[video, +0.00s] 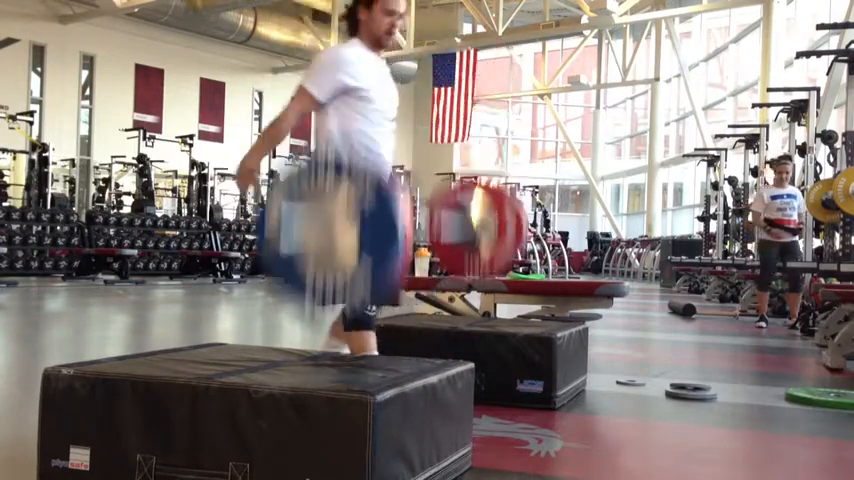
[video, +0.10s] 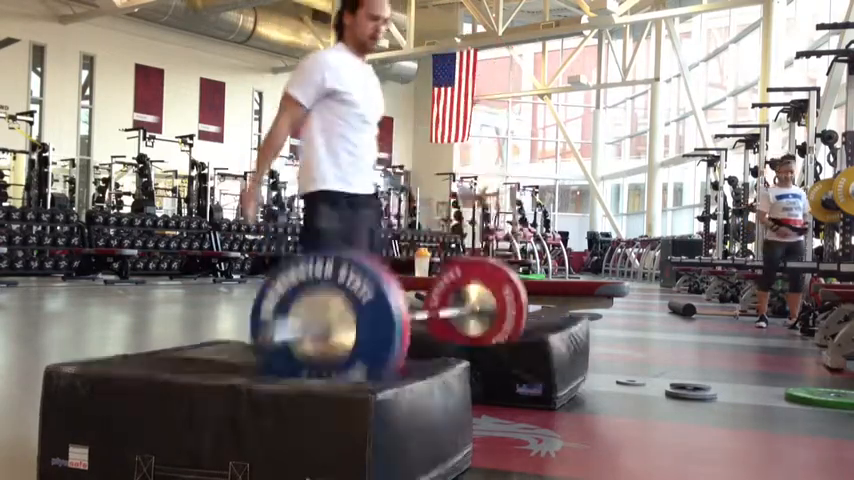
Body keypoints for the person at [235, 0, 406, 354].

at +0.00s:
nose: (398, 24)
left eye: (402, 16)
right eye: (390, 14)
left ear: (403, 20)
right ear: (363, 13)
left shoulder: (381, 70)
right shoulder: (340, 58)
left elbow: (373, 136)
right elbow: (292, 113)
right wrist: (252, 160)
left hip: (375, 189)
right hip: (343, 186)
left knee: (370, 286)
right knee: (358, 291)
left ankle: (323, 365)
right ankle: (373, 384)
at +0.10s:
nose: (380, 29)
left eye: (385, 22)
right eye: (373, 19)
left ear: (388, 25)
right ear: (348, 17)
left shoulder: (369, 75)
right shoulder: (322, 63)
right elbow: (283, 123)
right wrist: (255, 183)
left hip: (365, 198)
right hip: (328, 197)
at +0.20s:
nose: (360, 26)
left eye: (366, 20)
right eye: (353, 17)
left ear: (370, 26)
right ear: (330, 15)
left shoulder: (356, 78)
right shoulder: (304, 59)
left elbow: (360, 145)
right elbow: (283, 125)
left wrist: (376, 196)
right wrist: (280, 189)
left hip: (350, 196)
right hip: (311, 193)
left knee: (339, 290)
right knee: (326, 291)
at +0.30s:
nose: (337, 23)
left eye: (343, 16)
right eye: (329, 13)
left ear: (347, 22)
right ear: (306, 13)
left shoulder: (346, 77)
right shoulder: (285, 57)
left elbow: (357, 131)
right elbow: (266, 117)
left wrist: (397, 162)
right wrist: (304, 161)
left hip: (333, 186)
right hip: (289, 184)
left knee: (325, 277)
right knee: (301, 279)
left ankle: (321, 365)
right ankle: (302, 369)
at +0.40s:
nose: (311, 20)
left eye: (318, 13)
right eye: (303, 11)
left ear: (325, 18)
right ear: (285, 13)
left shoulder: (331, 74)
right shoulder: (264, 59)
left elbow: (349, 127)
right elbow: (248, 120)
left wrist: (405, 130)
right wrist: (294, 126)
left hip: (318, 189)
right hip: (268, 187)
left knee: (314, 283)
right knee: (266, 285)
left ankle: (314, 369)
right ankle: (258, 370)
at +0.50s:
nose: (281, 19)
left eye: (288, 11)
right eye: (272, 11)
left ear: (298, 18)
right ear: (258, 17)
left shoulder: (314, 74)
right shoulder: (242, 64)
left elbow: (341, 129)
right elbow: (224, 125)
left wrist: (383, 118)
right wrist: (268, 120)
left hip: (305, 196)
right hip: (251, 196)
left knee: (306, 289)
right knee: (230, 294)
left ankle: (313, 373)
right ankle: (227, 371)